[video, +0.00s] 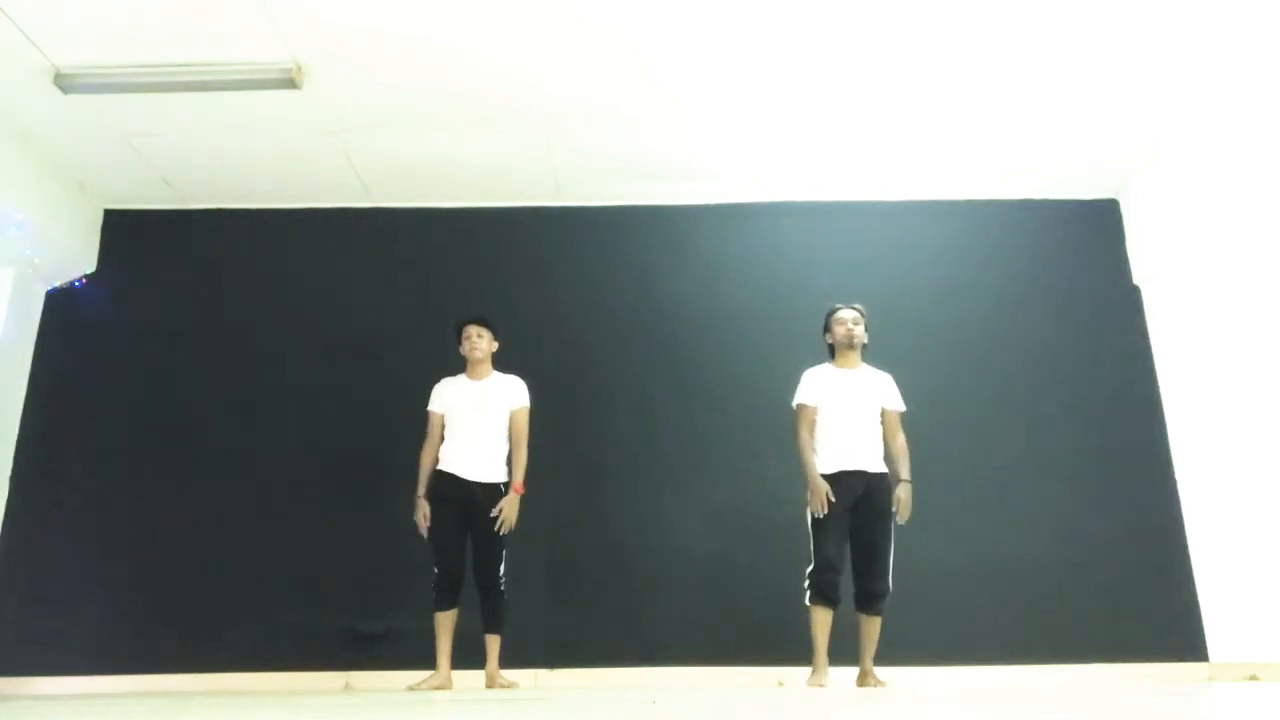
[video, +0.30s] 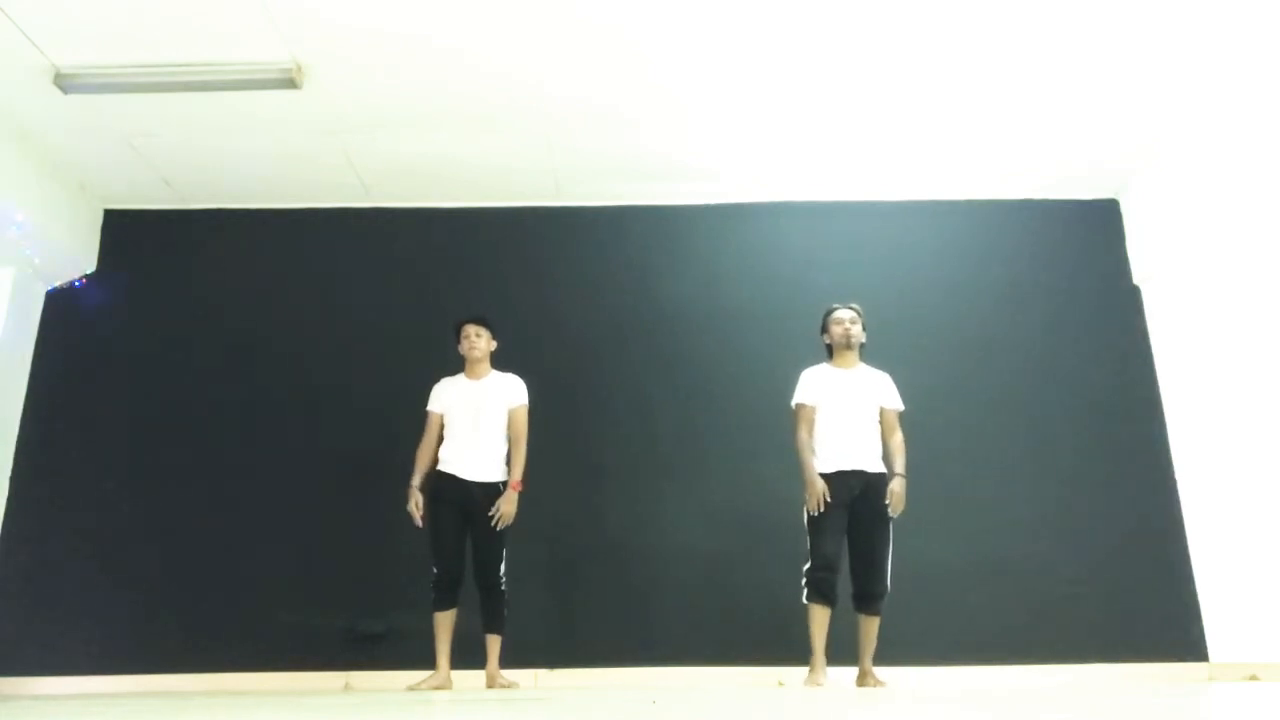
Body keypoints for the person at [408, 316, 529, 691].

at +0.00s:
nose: (473, 343)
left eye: (480, 337)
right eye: (468, 338)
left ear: (494, 345)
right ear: (460, 348)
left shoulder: (513, 386)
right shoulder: (444, 388)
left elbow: (519, 445)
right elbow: (431, 444)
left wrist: (515, 493)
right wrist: (421, 494)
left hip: (492, 492)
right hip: (448, 490)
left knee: (491, 579)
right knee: (446, 577)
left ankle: (493, 672)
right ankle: (442, 672)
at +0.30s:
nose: (472, 342)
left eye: (479, 336)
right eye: (466, 337)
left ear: (493, 345)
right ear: (458, 347)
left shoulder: (511, 385)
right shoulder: (444, 388)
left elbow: (518, 441)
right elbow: (430, 440)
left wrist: (513, 490)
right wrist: (415, 484)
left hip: (491, 491)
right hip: (446, 490)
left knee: (491, 579)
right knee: (445, 576)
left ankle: (493, 672)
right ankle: (442, 672)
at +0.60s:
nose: (470, 340)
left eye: (478, 335)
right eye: (465, 336)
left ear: (493, 345)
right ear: (459, 347)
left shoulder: (509, 381)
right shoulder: (447, 390)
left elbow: (519, 434)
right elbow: (437, 447)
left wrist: (493, 481)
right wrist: (413, 489)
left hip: (494, 489)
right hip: (450, 488)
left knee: (498, 577)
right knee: (441, 573)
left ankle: (502, 671)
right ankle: (440, 671)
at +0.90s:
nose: (455, 343)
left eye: (464, 339)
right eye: (452, 338)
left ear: (482, 349)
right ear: (449, 348)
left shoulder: (478, 376)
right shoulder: (458, 384)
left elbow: (444, 409)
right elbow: (449, 415)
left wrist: (425, 407)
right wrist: (430, 407)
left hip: (481, 489)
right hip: (450, 491)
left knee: (491, 576)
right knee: (415, 567)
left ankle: (502, 671)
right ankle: (429, 665)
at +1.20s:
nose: (435, 350)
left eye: (445, 346)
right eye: (437, 343)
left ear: (462, 358)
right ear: (438, 348)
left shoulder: (434, 383)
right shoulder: (460, 401)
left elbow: (375, 404)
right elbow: (441, 463)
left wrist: (342, 378)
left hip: (424, 496)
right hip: (432, 497)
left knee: (389, 577)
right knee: (391, 583)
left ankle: (460, 638)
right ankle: (425, 672)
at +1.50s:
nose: (412, 320)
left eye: (421, 316)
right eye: (416, 315)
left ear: (438, 330)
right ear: (436, 332)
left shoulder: (395, 356)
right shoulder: (435, 364)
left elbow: (336, 349)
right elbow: (404, 336)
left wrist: (276, 330)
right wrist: (377, 307)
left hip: (371, 463)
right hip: (402, 465)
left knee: (335, 553)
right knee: (395, 558)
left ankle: (290, 641)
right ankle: (418, 657)